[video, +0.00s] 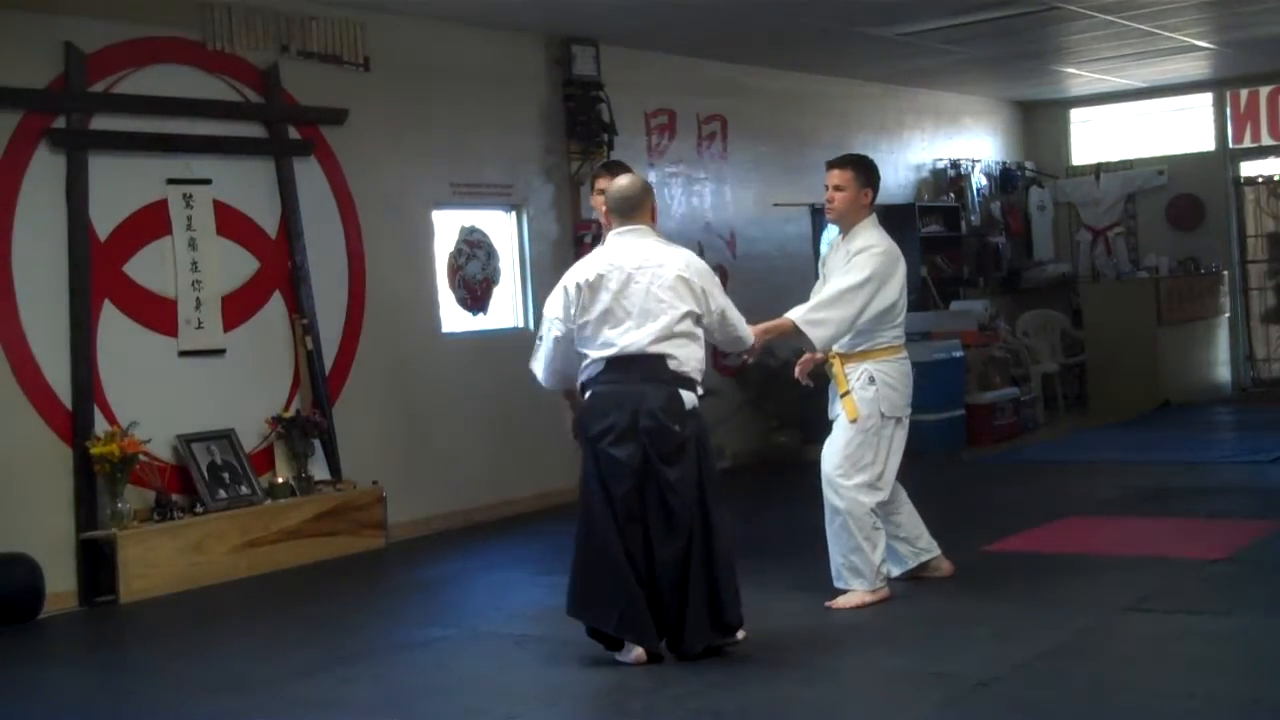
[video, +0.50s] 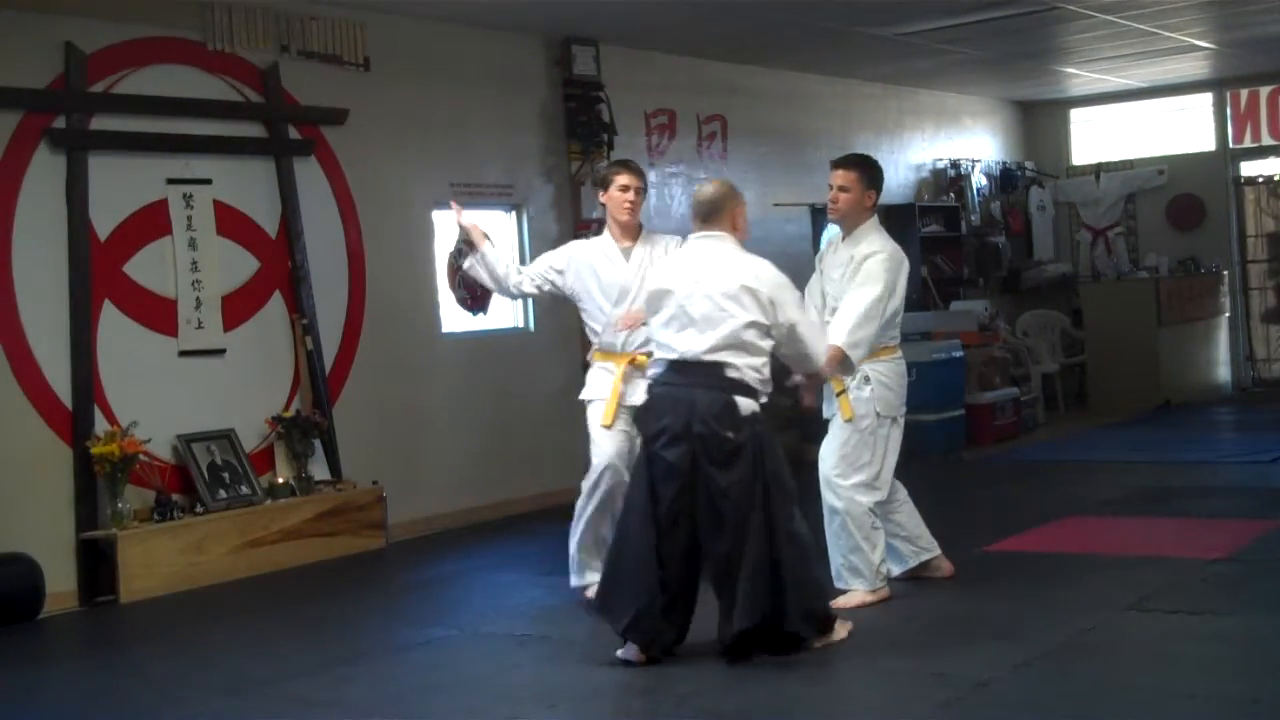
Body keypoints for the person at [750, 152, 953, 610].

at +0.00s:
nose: (827, 197)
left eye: (838, 190)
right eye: (827, 189)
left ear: (866, 196)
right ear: (832, 194)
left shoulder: (875, 251)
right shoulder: (841, 244)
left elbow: (828, 308)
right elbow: (845, 312)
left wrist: (765, 330)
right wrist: (824, 353)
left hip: (879, 373)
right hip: (853, 372)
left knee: (841, 468)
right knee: (869, 474)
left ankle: (867, 582)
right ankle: (925, 558)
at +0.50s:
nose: (831, 197)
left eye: (842, 190)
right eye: (830, 188)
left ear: (869, 198)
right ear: (831, 193)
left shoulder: (882, 254)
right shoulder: (833, 245)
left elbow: (856, 328)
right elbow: (810, 310)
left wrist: (817, 375)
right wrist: (801, 361)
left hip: (875, 373)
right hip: (846, 371)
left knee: (840, 470)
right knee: (868, 475)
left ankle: (864, 582)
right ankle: (926, 558)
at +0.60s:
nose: (835, 197)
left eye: (846, 190)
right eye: (834, 188)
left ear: (873, 198)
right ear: (834, 192)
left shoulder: (886, 254)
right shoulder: (833, 240)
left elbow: (872, 328)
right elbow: (821, 303)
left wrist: (849, 374)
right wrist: (812, 348)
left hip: (874, 375)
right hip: (842, 373)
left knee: (837, 469)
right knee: (868, 474)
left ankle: (865, 581)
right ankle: (925, 557)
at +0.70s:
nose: (839, 196)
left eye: (851, 189)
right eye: (838, 187)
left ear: (878, 198)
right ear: (837, 191)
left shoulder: (887, 255)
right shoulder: (835, 239)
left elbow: (896, 322)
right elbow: (824, 298)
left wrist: (898, 357)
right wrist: (811, 339)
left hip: (867, 380)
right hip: (836, 376)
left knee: (836, 471)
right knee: (870, 475)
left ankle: (863, 582)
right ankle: (924, 557)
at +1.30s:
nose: (854, 192)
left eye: (865, 186)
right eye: (853, 184)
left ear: (890, 197)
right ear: (851, 190)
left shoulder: (896, 250)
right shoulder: (847, 240)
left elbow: (922, 295)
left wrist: (944, 327)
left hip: (870, 370)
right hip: (838, 367)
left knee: (850, 479)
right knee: (867, 470)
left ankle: (864, 581)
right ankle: (925, 557)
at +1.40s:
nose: (853, 193)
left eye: (865, 187)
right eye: (852, 184)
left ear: (890, 197)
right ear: (850, 190)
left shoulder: (897, 250)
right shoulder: (847, 240)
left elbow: (921, 297)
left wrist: (940, 330)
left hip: (870, 370)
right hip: (839, 367)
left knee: (850, 478)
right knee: (868, 470)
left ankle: (865, 581)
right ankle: (925, 557)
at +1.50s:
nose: (851, 193)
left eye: (863, 187)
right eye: (851, 184)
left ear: (889, 197)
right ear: (849, 189)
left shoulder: (897, 250)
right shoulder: (845, 239)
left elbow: (918, 298)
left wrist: (931, 335)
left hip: (870, 370)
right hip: (837, 367)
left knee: (846, 476)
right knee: (869, 471)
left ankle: (864, 582)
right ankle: (926, 558)